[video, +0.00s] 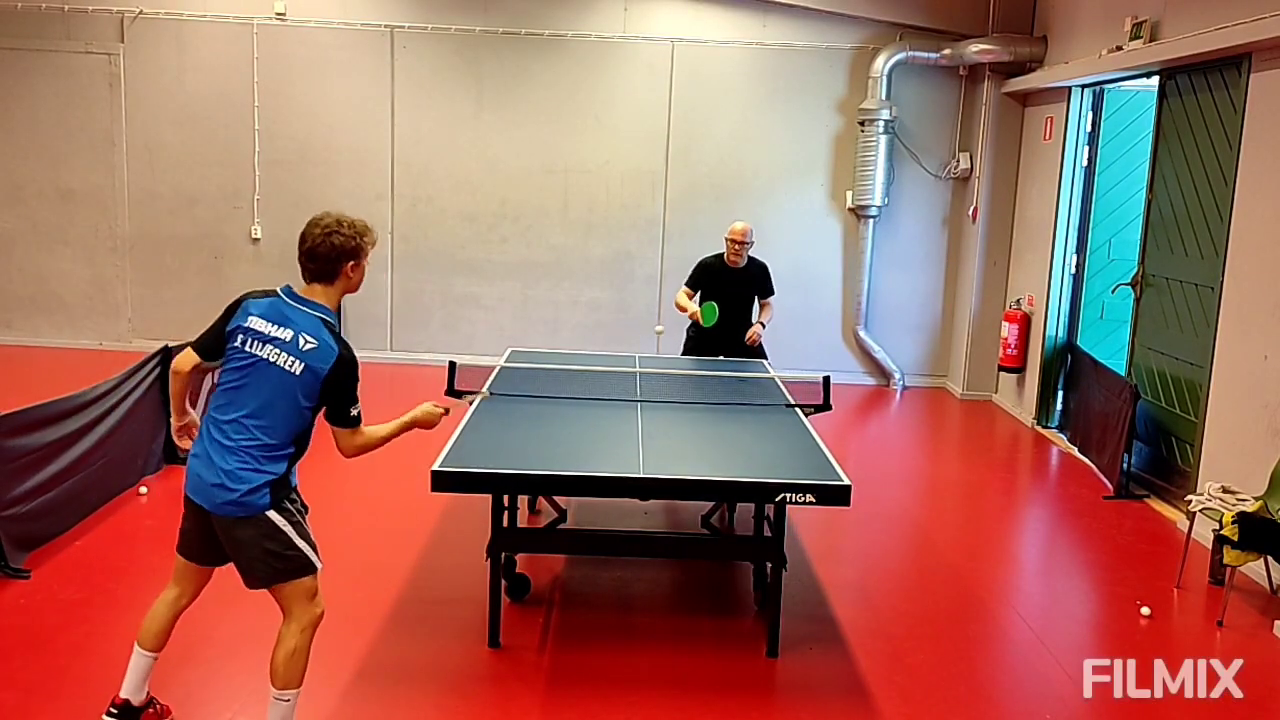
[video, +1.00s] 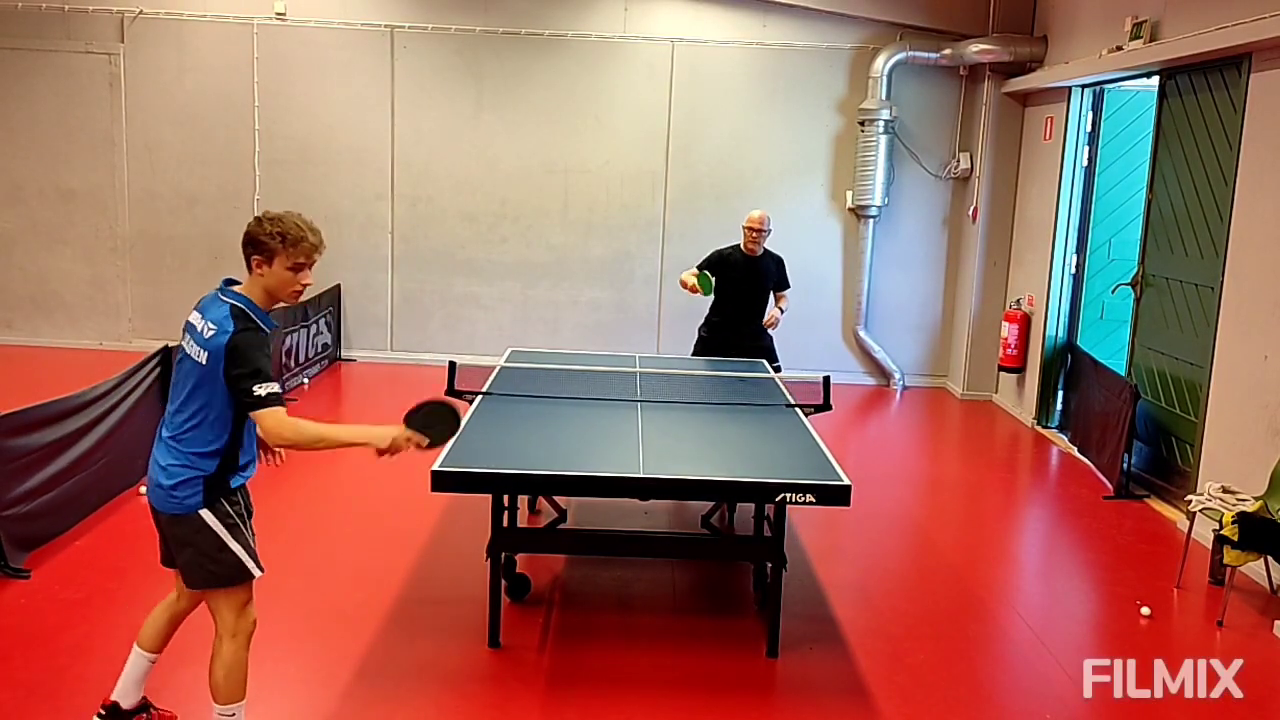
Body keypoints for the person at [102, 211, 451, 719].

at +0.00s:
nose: (365, 271)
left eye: (364, 262)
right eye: (363, 263)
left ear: (304, 262)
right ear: (348, 272)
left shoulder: (251, 305)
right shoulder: (335, 353)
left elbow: (182, 365)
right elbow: (351, 443)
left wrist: (179, 414)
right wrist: (411, 420)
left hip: (203, 480)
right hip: (256, 496)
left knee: (179, 590)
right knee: (304, 611)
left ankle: (127, 701)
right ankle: (280, 716)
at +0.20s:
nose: (318, 262)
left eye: (316, 252)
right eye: (316, 253)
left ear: (257, 257)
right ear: (303, 263)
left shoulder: (207, 311)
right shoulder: (298, 346)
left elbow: (159, 387)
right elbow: (327, 438)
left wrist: (207, 405)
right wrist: (386, 403)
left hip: (192, 493)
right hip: (249, 503)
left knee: (167, 606)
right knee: (305, 609)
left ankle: (120, 713)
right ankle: (279, 716)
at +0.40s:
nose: (286, 260)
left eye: (286, 251)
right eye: (284, 252)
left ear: (227, 255)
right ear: (269, 260)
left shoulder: (188, 307)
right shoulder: (245, 341)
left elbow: (184, 390)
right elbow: (261, 441)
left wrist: (252, 401)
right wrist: (337, 431)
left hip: (157, 483)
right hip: (204, 495)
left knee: (140, 609)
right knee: (269, 610)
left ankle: (114, 715)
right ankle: (274, 716)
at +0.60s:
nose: (289, 270)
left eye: (288, 262)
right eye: (287, 262)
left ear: (234, 262)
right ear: (271, 270)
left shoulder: (205, 304)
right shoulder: (222, 349)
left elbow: (213, 378)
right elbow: (206, 455)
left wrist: (274, 398)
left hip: (146, 482)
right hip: (177, 494)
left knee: (139, 606)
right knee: (233, 617)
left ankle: (115, 715)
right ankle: (227, 717)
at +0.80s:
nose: (324, 295)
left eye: (325, 285)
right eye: (320, 285)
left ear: (282, 282)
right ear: (288, 285)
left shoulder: (247, 317)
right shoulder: (224, 354)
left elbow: (222, 392)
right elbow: (180, 447)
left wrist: (251, 433)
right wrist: (186, 529)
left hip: (176, 484)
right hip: (193, 494)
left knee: (148, 602)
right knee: (229, 621)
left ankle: (110, 713)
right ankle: (224, 719)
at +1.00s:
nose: (306, 282)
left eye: (308, 271)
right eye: (297, 270)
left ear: (259, 266)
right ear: (260, 264)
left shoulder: (215, 304)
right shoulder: (247, 334)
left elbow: (199, 386)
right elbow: (275, 428)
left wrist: (251, 426)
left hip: (170, 480)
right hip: (202, 494)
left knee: (189, 591)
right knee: (236, 621)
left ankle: (123, 702)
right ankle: (228, 719)